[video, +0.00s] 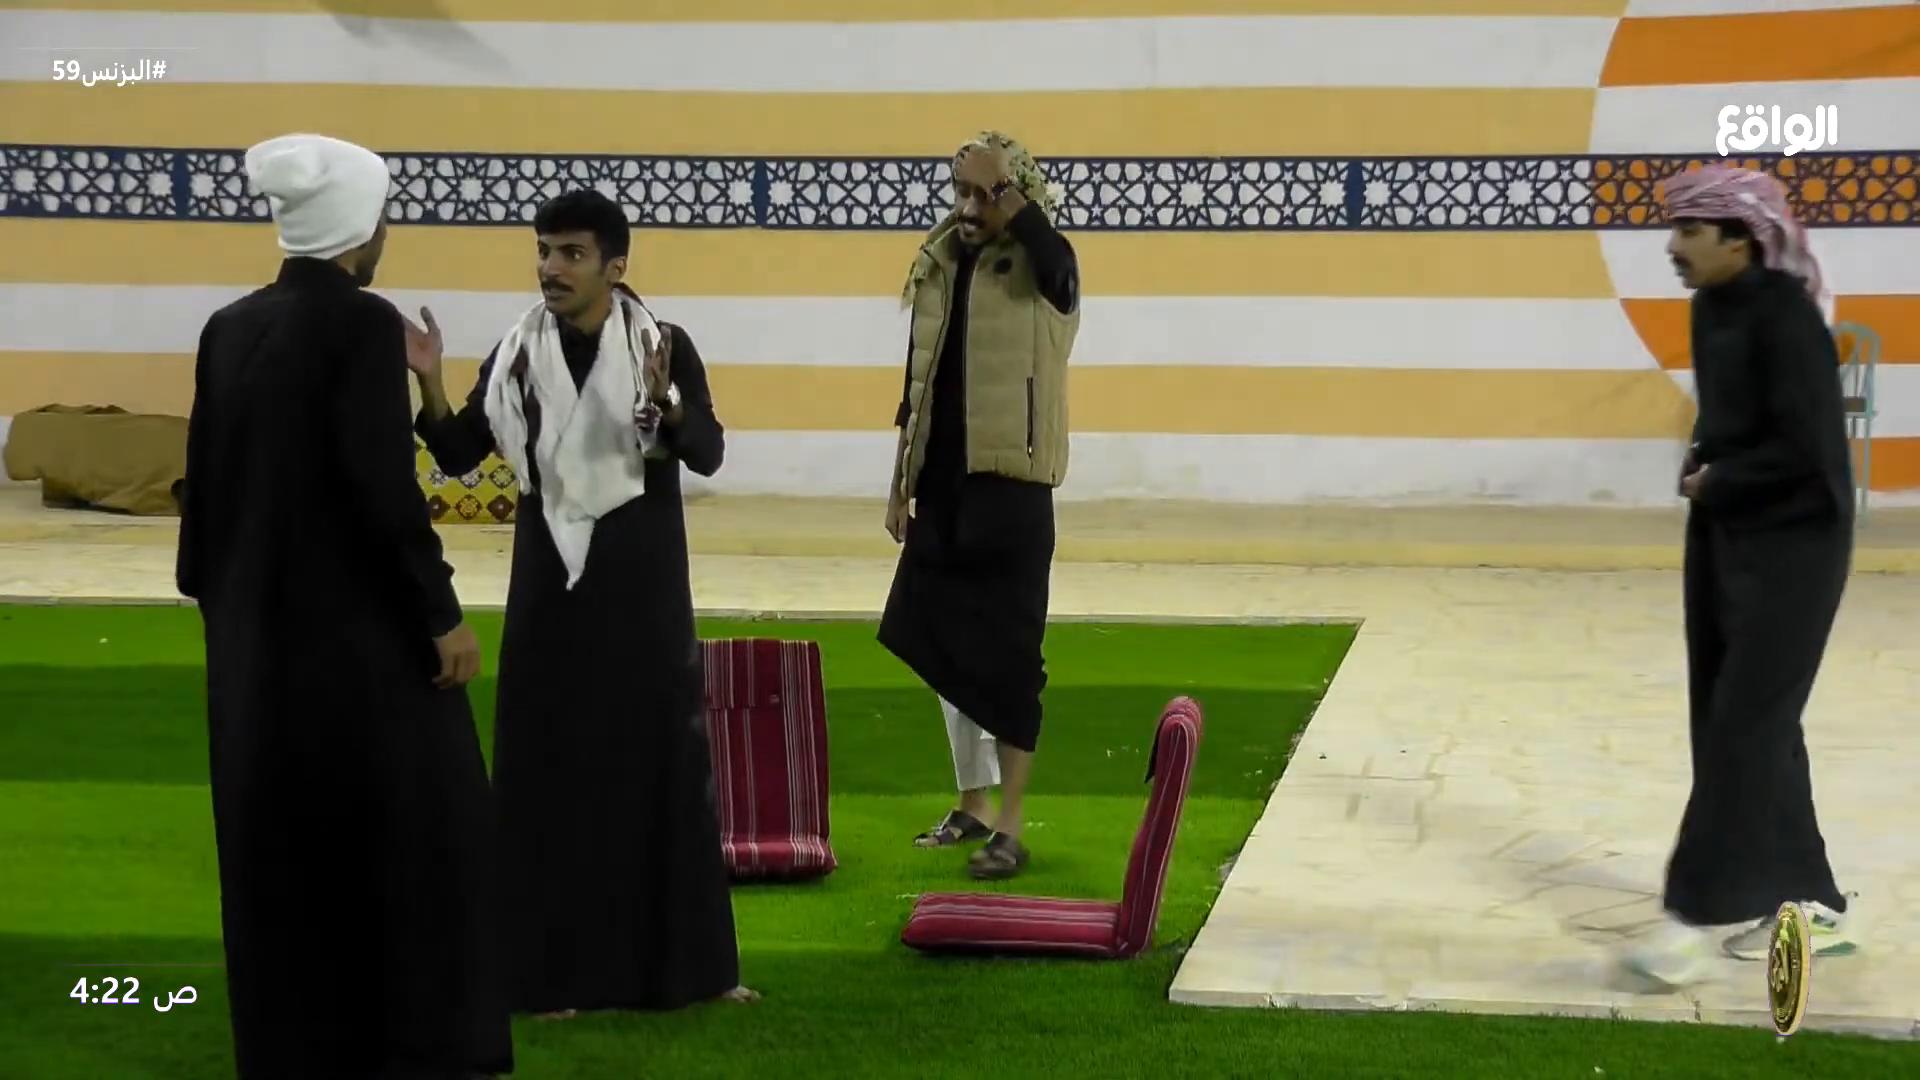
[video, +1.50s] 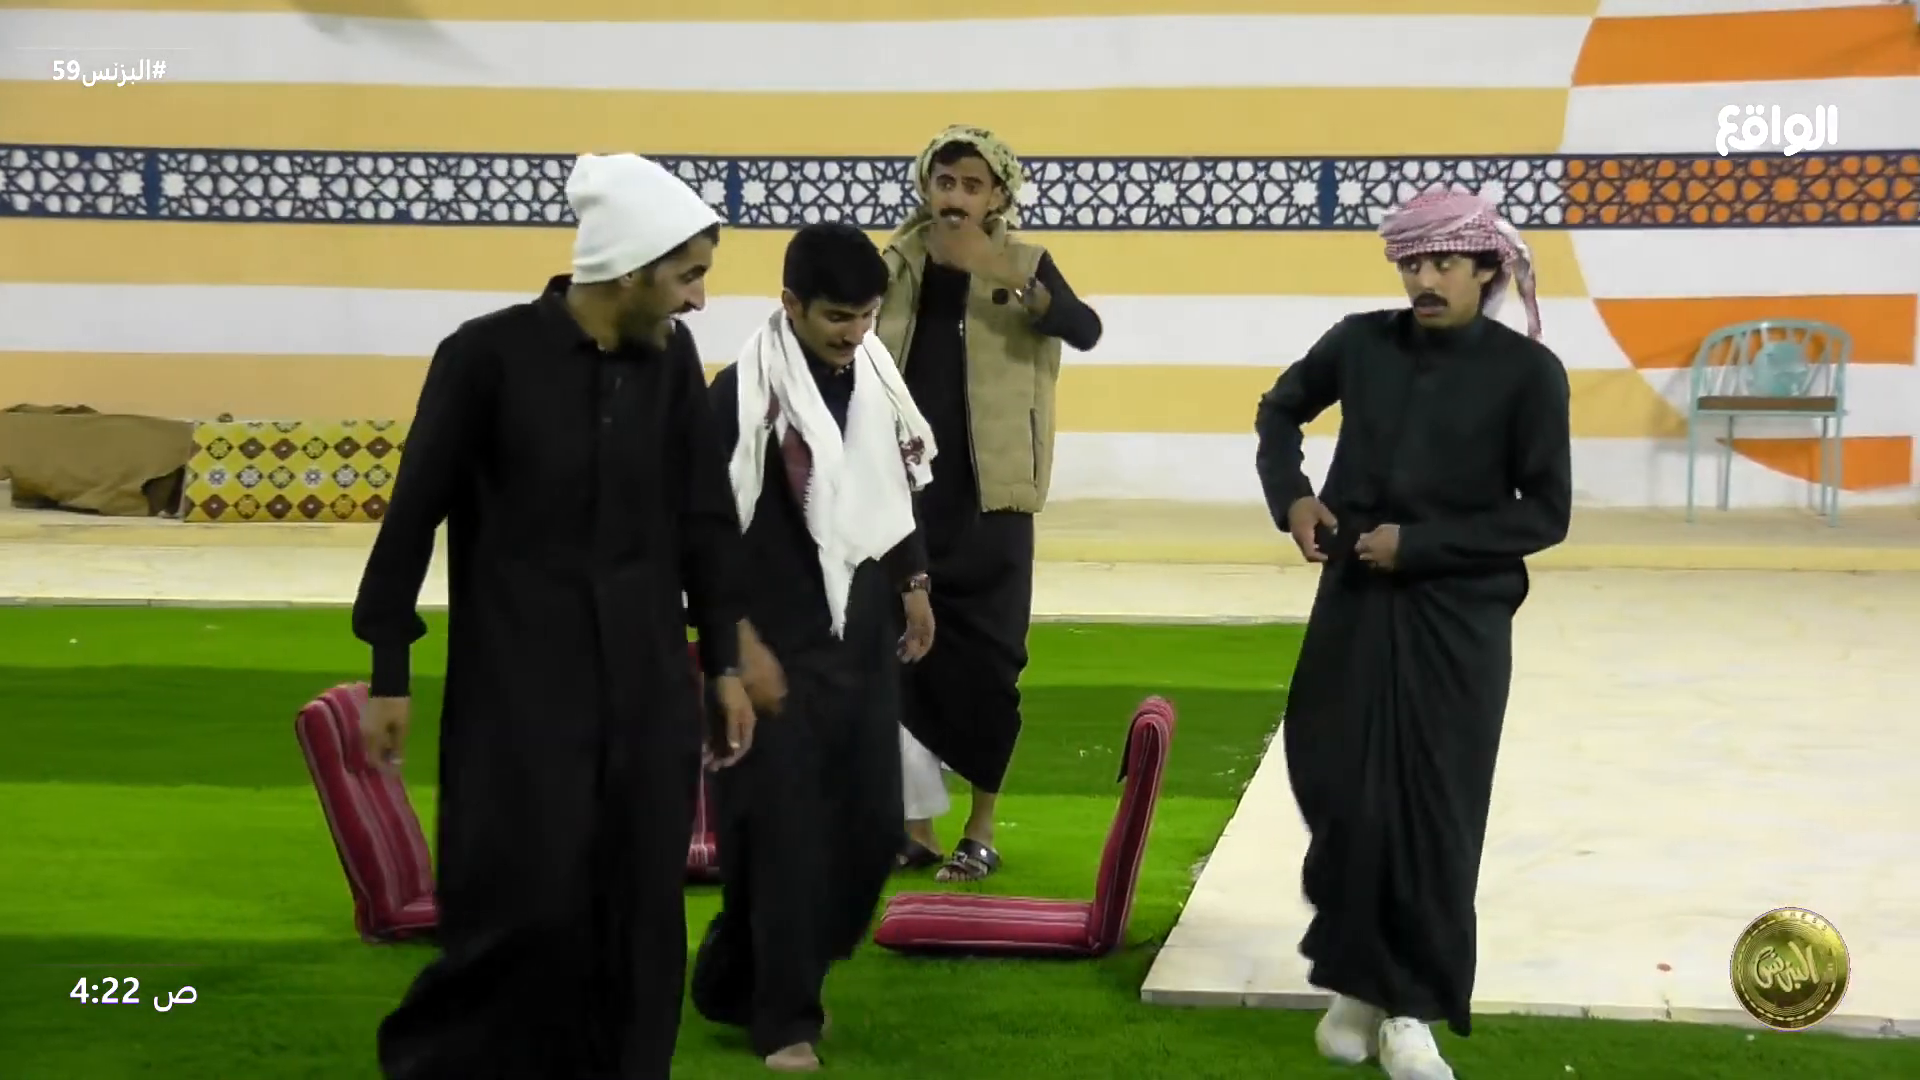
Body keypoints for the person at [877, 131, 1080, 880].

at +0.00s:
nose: (972, 206)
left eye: (986, 193)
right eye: (963, 191)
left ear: (1019, 194)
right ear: (953, 188)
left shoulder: (1047, 261)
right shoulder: (938, 266)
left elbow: (1060, 283)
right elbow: (916, 384)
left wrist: (1019, 210)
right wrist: (901, 483)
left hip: (1014, 484)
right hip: (943, 482)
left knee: (1013, 650)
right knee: (949, 647)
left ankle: (1009, 826)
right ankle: (975, 809)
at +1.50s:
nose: (957, 195)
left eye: (973, 184)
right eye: (945, 181)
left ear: (1000, 195)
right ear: (924, 189)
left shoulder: (1029, 264)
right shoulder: (891, 263)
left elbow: (1086, 332)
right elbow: (845, 354)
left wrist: (1007, 270)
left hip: (994, 497)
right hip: (900, 491)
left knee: (991, 662)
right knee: (900, 658)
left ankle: (979, 829)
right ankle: (913, 825)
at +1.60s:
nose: (944, 195)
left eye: (962, 183)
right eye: (934, 179)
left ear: (992, 197)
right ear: (914, 189)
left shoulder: (1016, 266)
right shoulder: (884, 263)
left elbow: (1067, 322)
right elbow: (839, 349)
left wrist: (994, 248)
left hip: (984, 497)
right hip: (889, 489)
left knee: (980, 663)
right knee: (885, 652)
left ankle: (969, 828)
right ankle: (886, 820)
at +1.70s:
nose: (930, 202)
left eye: (946, 189)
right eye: (917, 187)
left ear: (976, 195)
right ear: (898, 192)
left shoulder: (1000, 261)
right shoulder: (880, 257)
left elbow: (1038, 298)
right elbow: (858, 291)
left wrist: (982, 215)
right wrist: (903, 221)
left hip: (976, 495)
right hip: (887, 492)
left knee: (969, 663)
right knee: (891, 653)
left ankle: (955, 814)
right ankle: (882, 816)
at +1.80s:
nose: (925, 203)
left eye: (940, 190)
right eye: (911, 186)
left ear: (968, 198)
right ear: (888, 191)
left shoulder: (990, 257)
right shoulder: (868, 250)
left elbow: (1028, 296)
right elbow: (849, 339)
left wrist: (973, 210)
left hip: (967, 485)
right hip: (878, 478)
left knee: (963, 651)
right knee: (884, 641)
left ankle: (945, 800)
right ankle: (876, 800)